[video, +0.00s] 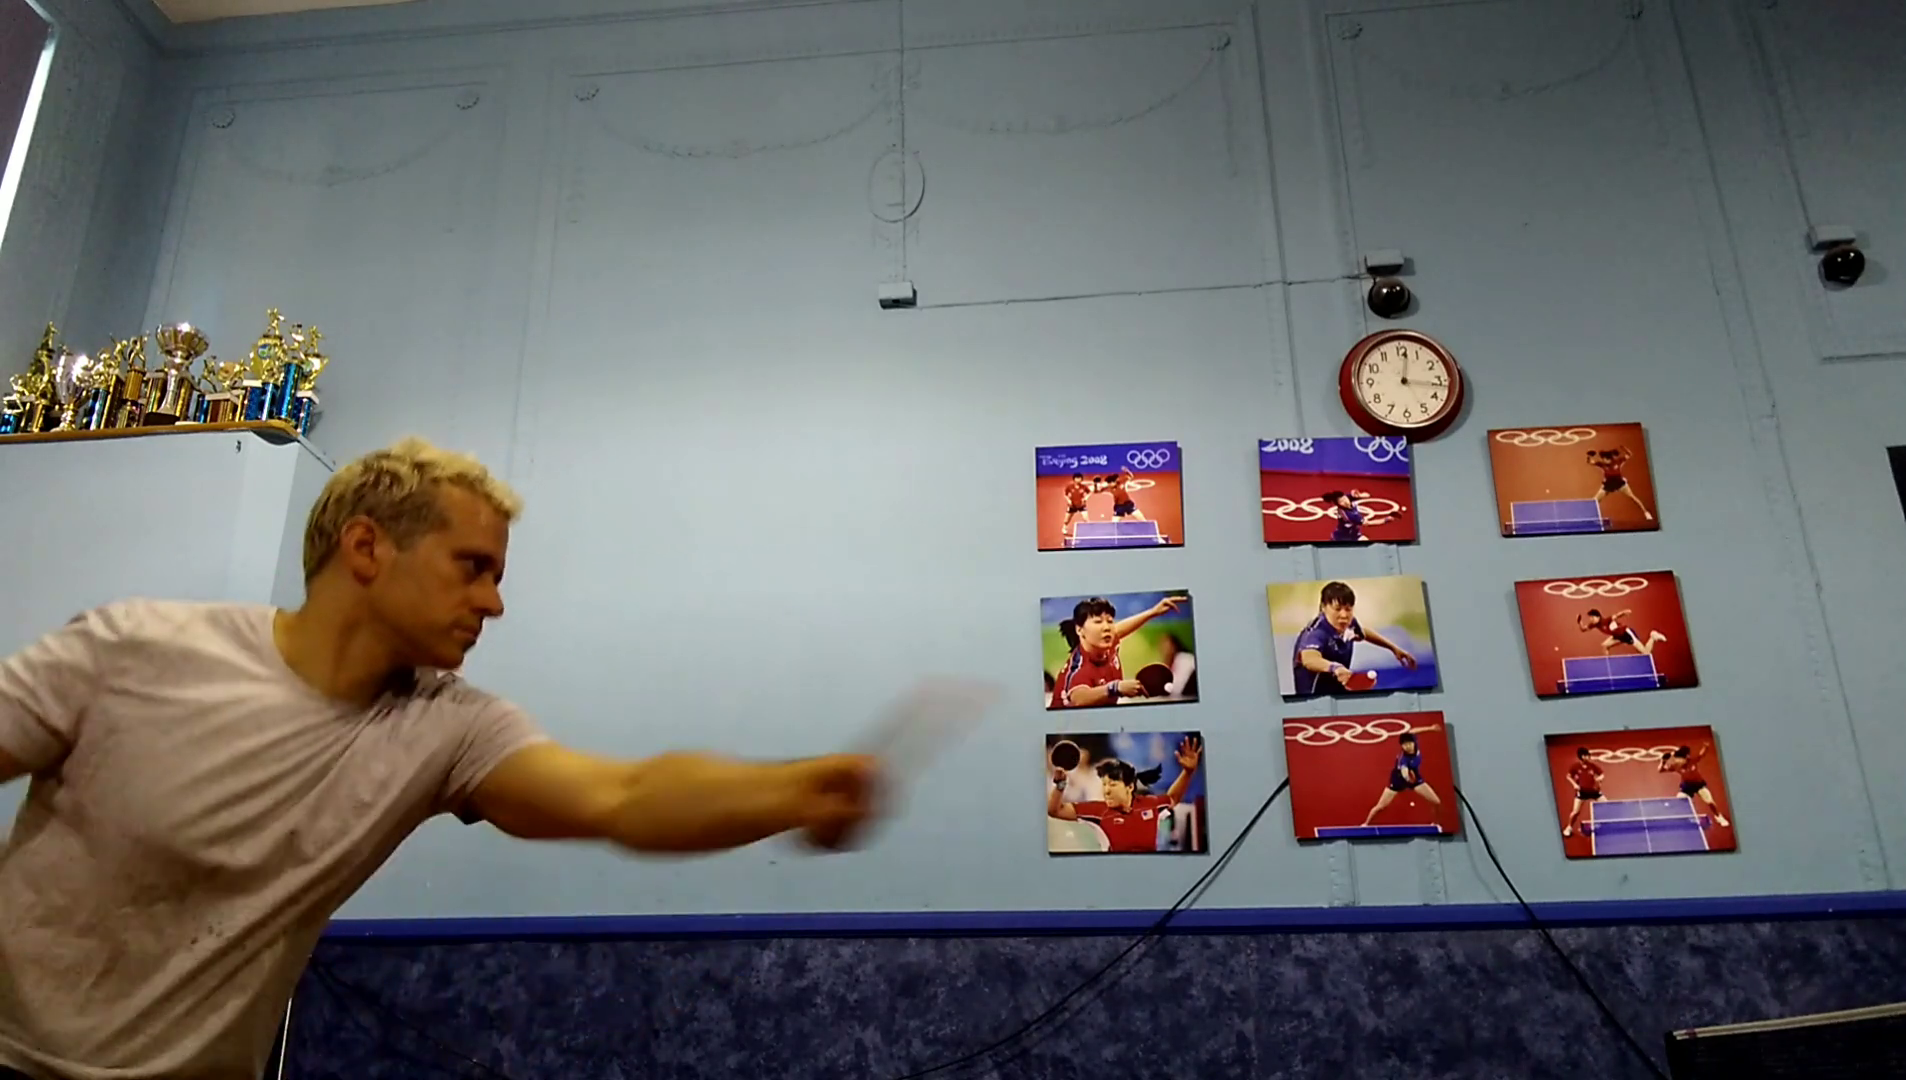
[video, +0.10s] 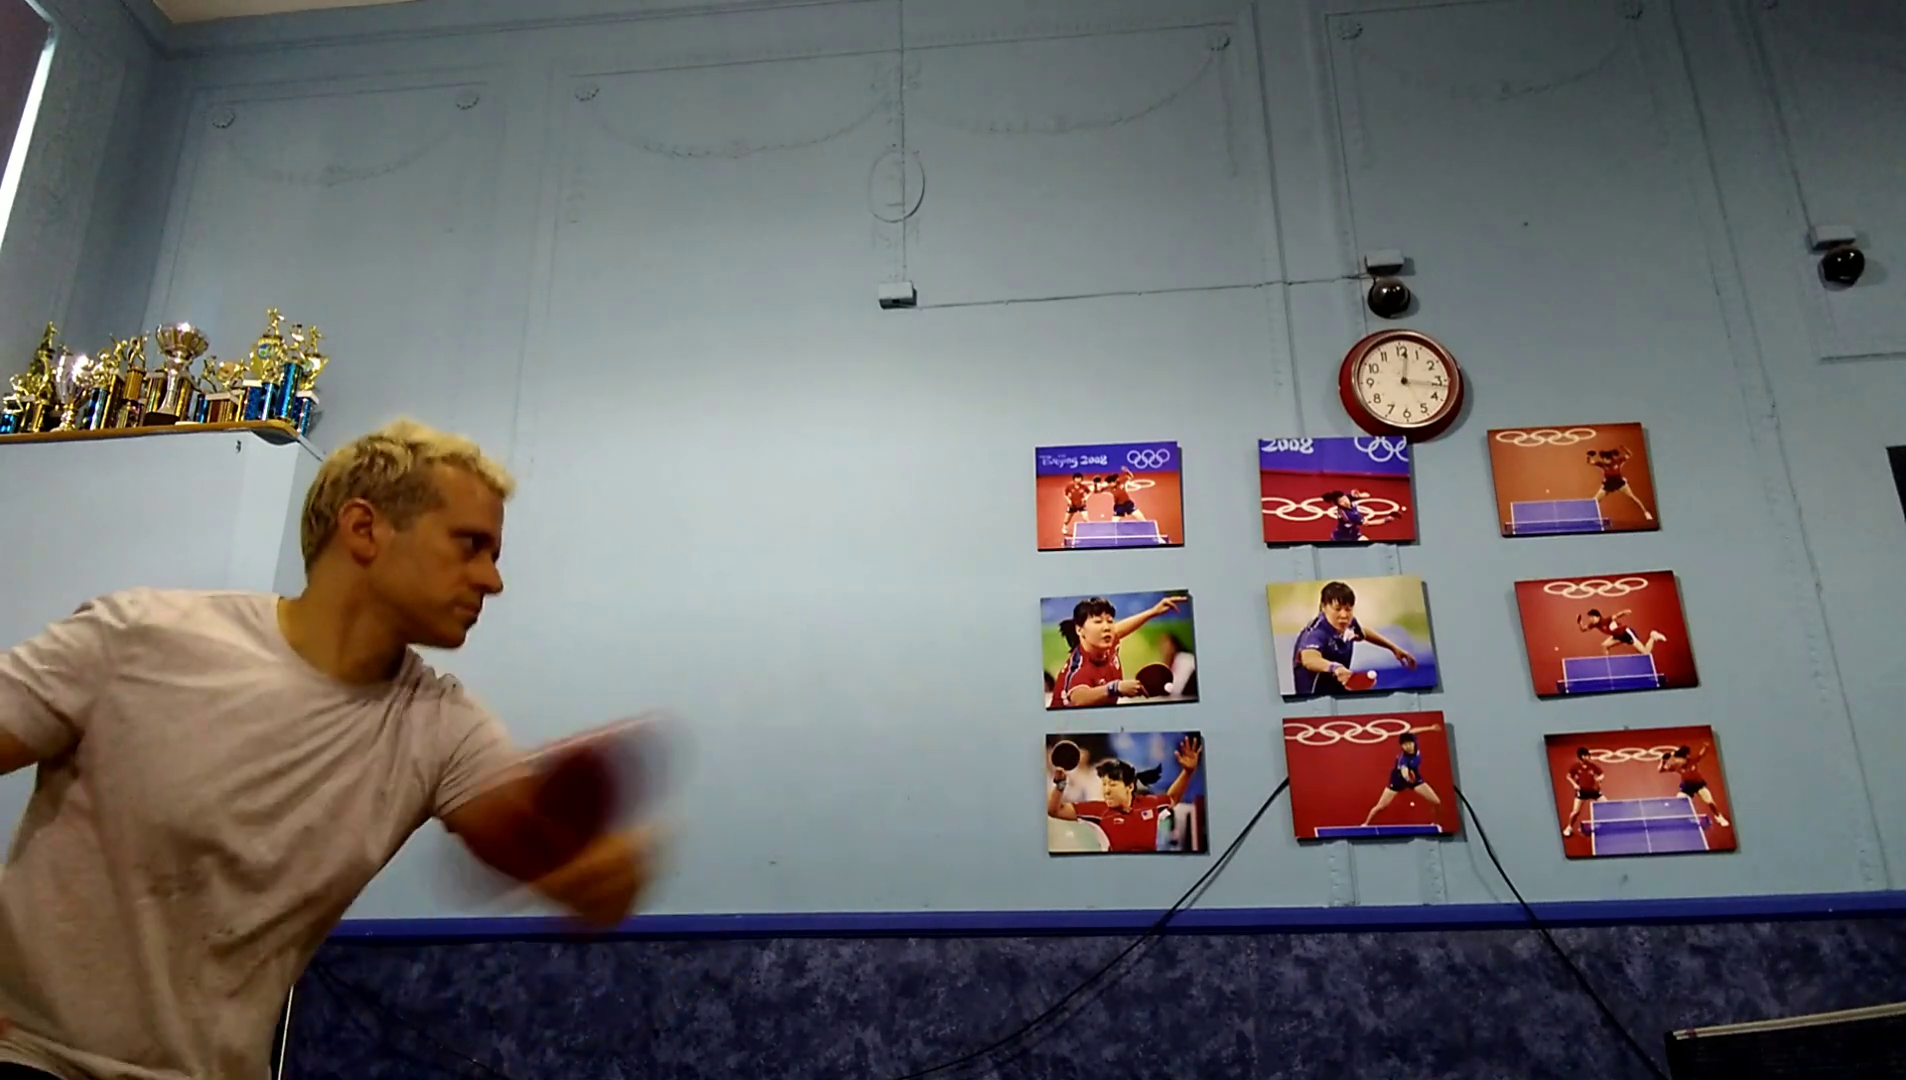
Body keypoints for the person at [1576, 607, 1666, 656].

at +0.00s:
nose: (1590, 620)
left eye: (1591, 618)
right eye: (1590, 618)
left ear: (1597, 617)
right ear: (1593, 618)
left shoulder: (1607, 620)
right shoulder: (1594, 624)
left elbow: (1617, 615)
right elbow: (1583, 630)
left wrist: (1625, 612)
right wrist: (1579, 623)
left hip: (1627, 634)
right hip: (1617, 637)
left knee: (1645, 652)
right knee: (1604, 645)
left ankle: (1653, 636)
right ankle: (1607, 667)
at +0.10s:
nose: (1591, 621)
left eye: (1592, 618)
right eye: (1590, 619)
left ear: (1597, 617)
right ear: (1593, 619)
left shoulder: (1607, 620)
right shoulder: (1594, 624)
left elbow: (1617, 615)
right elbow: (1583, 630)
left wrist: (1626, 612)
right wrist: (1579, 623)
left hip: (1627, 633)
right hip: (1617, 636)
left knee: (1645, 652)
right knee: (1604, 645)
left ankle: (1653, 636)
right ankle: (1608, 667)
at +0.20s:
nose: (1590, 620)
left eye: (1591, 618)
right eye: (1590, 618)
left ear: (1597, 617)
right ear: (1593, 618)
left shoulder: (1607, 620)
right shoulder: (1594, 624)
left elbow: (1617, 615)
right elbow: (1583, 630)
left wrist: (1625, 612)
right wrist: (1579, 623)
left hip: (1627, 634)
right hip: (1617, 637)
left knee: (1645, 652)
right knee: (1604, 645)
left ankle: (1653, 636)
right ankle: (1608, 667)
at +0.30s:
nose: (1590, 620)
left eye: (1591, 618)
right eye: (1590, 619)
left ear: (1597, 617)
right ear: (1593, 618)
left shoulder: (1607, 620)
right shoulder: (1594, 624)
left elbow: (1617, 615)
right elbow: (1583, 630)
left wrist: (1625, 612)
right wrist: (1579, 623)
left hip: (1627, 634)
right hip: (1617, 637)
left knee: (1645, 652)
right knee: (1604, 645)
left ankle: (1653, 636)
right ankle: (1608, 667)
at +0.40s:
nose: (1590, 620)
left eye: (1591, 618)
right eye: (1590, 619)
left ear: (1597, 617)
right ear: (1593, 618)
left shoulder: (1607, 620)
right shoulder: (1594, 624)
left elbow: (1617, 615)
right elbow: (1583, 630)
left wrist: (1625, 612)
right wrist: (1579, 623)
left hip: (1627, 634)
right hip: (1617, 636)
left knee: (1645, 652)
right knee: (1604, 645)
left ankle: (1653, 636)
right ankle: (1608, 666)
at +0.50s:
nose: (1590, 620)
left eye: (1591, 618)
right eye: (1590, 619)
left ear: (1597, 617)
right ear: (1593, 618)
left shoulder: (1607, 620)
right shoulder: (1594, 624)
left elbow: (1617, 615)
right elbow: (1583, 630)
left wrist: (1625, 612)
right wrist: (1579, 623)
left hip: (1627, 634)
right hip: (1617, 636)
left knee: (1645, 652)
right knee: (1604, 645)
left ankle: (1653, 636)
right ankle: (1608, 666)